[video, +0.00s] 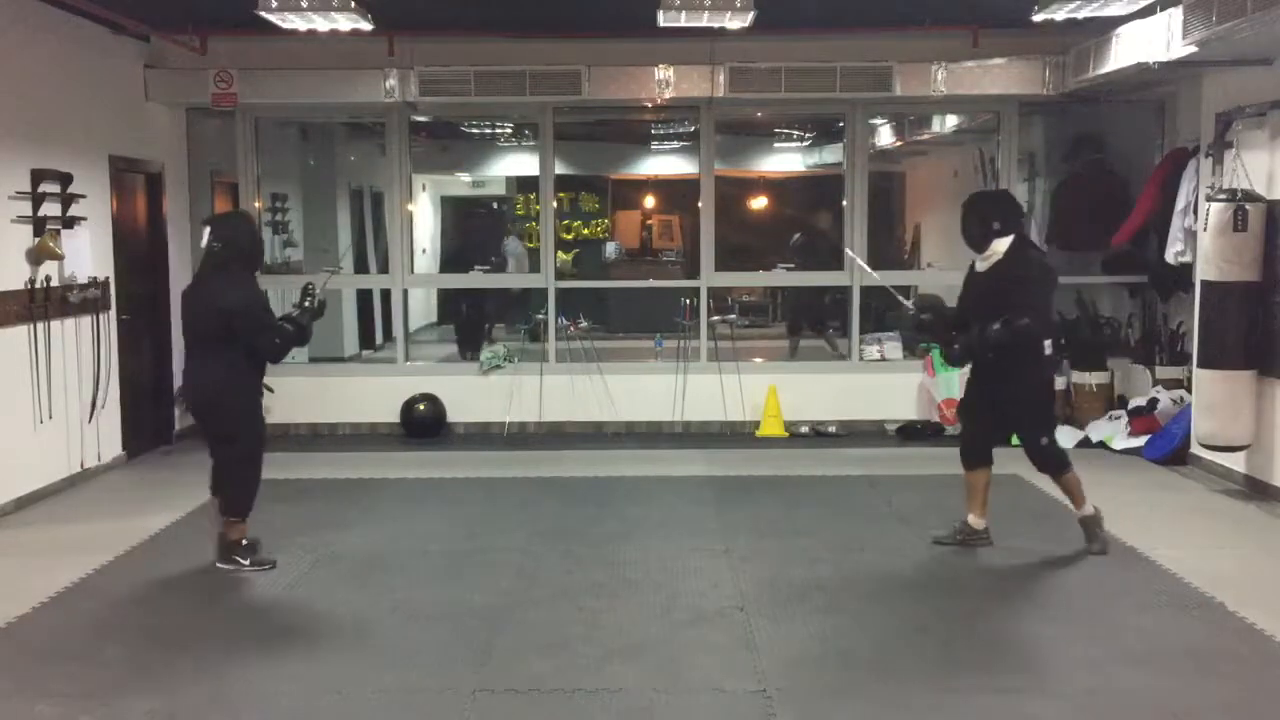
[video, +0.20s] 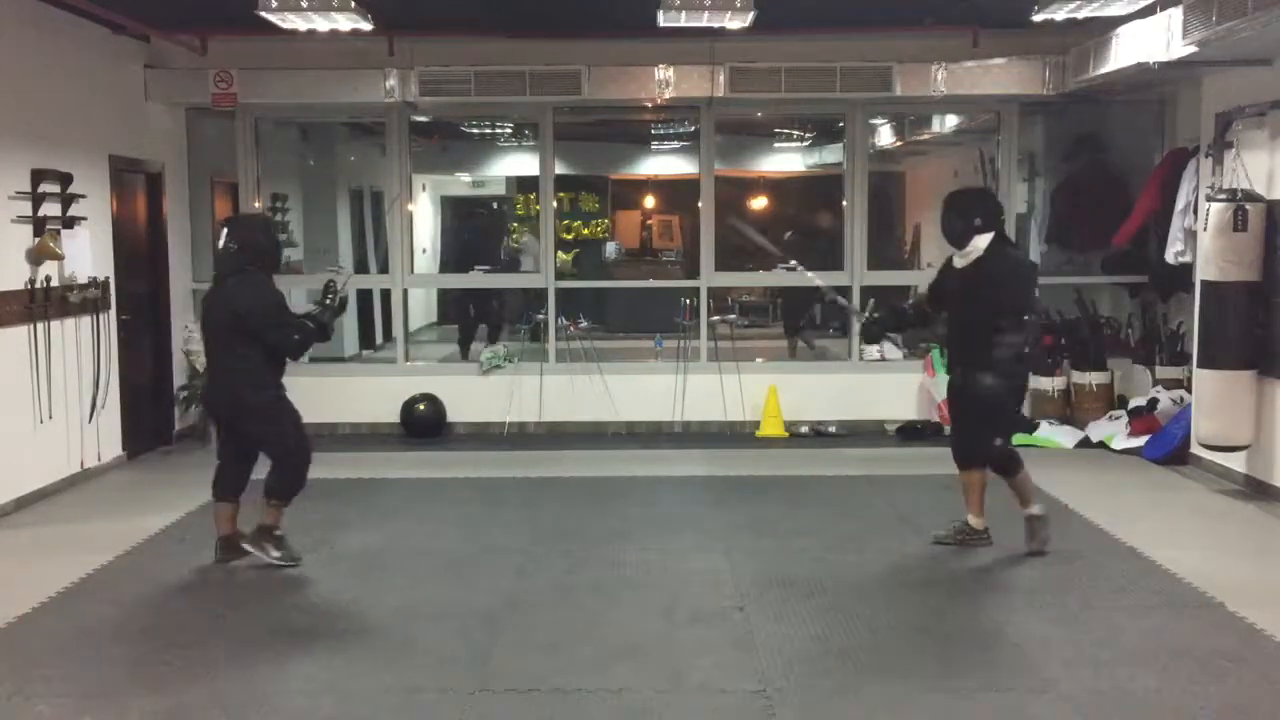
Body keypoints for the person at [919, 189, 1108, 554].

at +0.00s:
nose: (964, 230)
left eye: (970, 222)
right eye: (965, 222)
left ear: (992, 223)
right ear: (990, 224)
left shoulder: (1029, 263)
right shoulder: (979, 266)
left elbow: (1033, 322)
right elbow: (969, 317)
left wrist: (977, 342)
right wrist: (941, 322)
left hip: (1026, 369)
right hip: (987, 369)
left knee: (1042, 448)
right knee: (974, 441)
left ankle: (1087, 515)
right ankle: (975, 524)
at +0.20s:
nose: (946, 228)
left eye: (952, 220)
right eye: (946, 220)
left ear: (974, 221)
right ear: (975, 221)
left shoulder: (1011, 266)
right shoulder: (955, 265)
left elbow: (1016, 328)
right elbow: (930, 306)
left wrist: (999, 372)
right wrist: (892, 320)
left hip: (999, 372)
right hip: (964, 371)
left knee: (995, 447)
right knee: (968, 447)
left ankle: (1033, 509)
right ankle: (975, 523)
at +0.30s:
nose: (937, 228)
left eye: (942, 220)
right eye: (937, 220)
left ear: (964, 220)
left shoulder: (1000, 263)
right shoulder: (946, 263)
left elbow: (1020, 323)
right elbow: (918, 305)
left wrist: (1021, 373)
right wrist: (882, 324)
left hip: (989, 366)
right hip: (955, 367)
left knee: (972, 443)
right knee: (958, 443)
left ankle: (992, 526)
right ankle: (974, 523)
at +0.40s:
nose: (924, 230)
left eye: (929, 222)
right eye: (924, 222)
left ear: (951, 224)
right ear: (957, 224)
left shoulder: (993, 267)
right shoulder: (934, 267)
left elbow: (1022, 322)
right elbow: (907, 305)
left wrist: (1036, 374)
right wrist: (873, 333)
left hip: (975, 371)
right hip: (943, 371)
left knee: (951, 445)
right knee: (962, 446)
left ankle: (949, 527)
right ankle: (975, 523)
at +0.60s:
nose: (904, 234)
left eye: (910, 227)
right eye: (905, 226)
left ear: (930, 227)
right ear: (933, 228)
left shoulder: (967, 271)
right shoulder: (910, 270)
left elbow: (999, 327)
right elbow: (889, 314)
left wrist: (1014, 380)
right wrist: (866, 341)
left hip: (948, 373)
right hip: (914, 371)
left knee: (916, 446)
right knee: (936, 449)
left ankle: (900, 535)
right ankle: (972, 521)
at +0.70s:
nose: (890, 235)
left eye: (897, 228)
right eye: (891, 227)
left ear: (917, 228)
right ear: (919, 228)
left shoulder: (952, 274)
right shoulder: (897, 270)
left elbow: (984, 337)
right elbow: (878, 316)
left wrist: (979, 393)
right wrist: (862, 342)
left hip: (935, 374)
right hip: (899, 371)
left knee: (907, 453)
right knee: (906, 452)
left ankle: (897, 537)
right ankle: (961, 512)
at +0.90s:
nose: (865, 233)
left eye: (872, 225)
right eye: (866, 225)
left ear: (892, 227)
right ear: (904, 226)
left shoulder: (930, 275)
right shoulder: (873, 267)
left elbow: (957, 338)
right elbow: (856, 318)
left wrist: (953, 394)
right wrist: (846, 342)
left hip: (918, 375)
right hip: (878, 370)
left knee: (888, 450)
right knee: (854, 446)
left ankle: (895, 536)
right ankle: (902, 507)